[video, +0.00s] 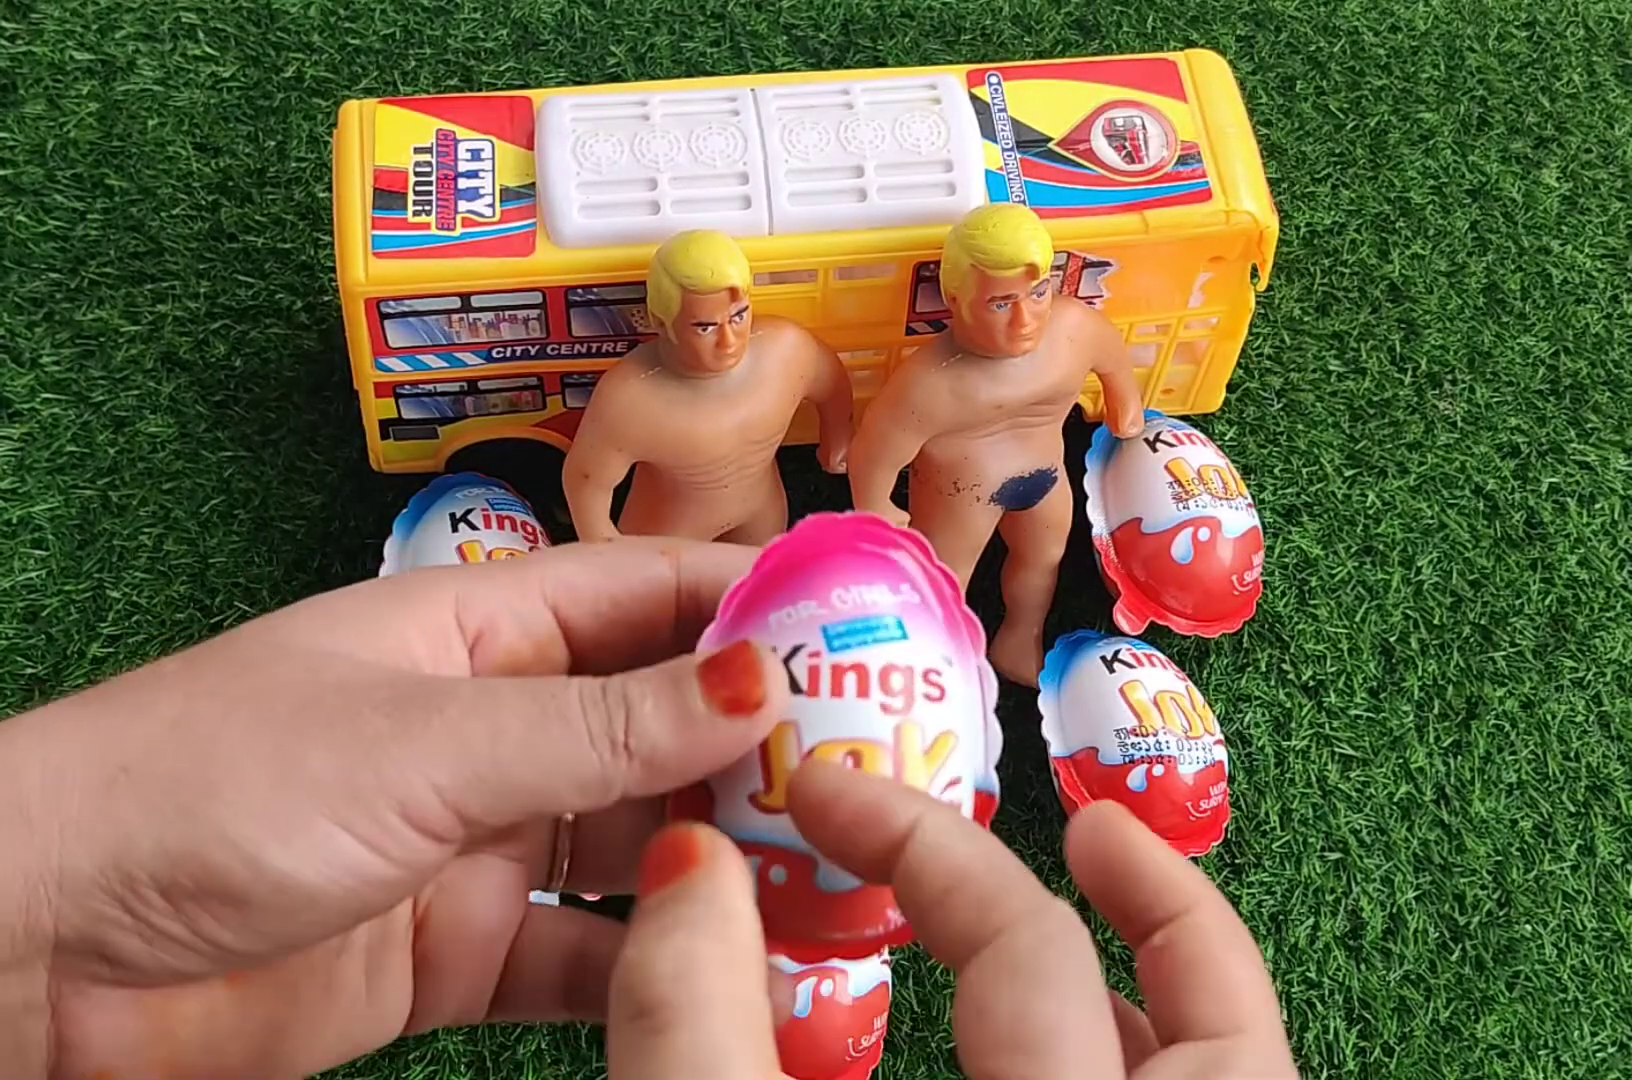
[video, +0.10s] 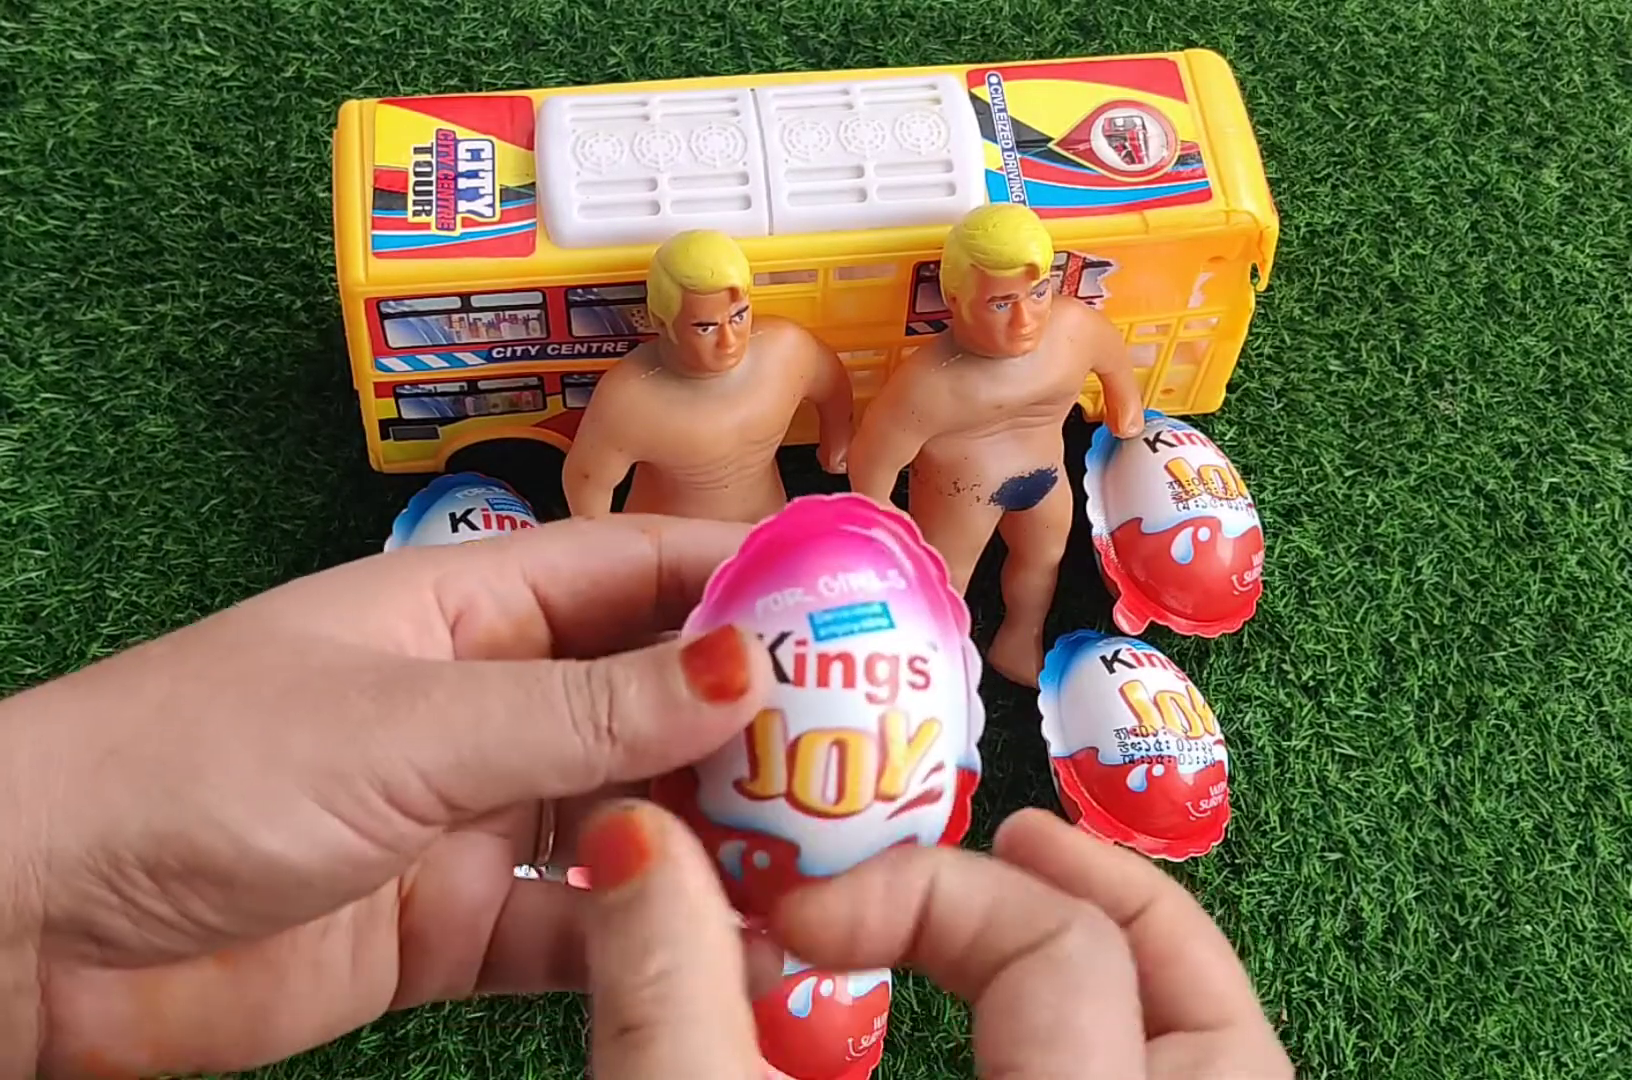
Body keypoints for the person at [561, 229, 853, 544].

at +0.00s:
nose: (728, 339)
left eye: (739, 315)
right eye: (703, 327)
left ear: (749, 300)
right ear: (662, 324)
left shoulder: (787, 350)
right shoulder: (626, 397)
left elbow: (832, 387)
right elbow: (584, 478)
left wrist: (834, 443)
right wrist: (600, 552)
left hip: (757, 517)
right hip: (665, 533)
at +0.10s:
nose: (728, 339)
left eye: (738, 316)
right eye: (704, 326)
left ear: (749, 301)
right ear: (660, 322)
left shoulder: (786, 349)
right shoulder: (628, 395)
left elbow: (832, 385)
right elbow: (585, 479)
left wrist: (837, 440)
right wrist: (601, 553)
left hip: (766, 534)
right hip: (666, 549)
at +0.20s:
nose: (728, 339)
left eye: (738, 316)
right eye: (704, 326)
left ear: (749, 301)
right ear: (660, 323)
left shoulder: (786, 349)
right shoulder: (628, 395)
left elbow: (832, 385)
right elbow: (585, 480)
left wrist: (837, 441)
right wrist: (599, 552)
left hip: (766, 534)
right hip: (666, 550)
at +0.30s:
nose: (728, 339)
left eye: (738, 316)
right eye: (704, 326)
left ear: (749, 301)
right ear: (659, 323)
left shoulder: (786, 349)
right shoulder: (628, 395)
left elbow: (832, 385)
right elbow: (585, 480)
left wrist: (836, 442)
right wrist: (601, 554)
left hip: (767, 535)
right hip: (666, 552)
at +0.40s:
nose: (728, 339)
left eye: (738, 316)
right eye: (705, 326)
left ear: (749, 301)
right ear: (660, 324)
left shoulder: (787, 350)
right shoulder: (628, 395)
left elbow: (833, 386)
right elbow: (584, 481)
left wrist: (836, 444)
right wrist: (607, 558)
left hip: (768, 534)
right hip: (668, 551)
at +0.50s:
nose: (728, 340)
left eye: (738, 316)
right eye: (704, 326)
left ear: (749, 300)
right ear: (660, 321)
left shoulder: (786, 349)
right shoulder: (627, 396)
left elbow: (833, 386)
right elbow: (585, 479)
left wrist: (836, 441)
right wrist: (598, 554)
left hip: (765, 535)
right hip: (666, 548)